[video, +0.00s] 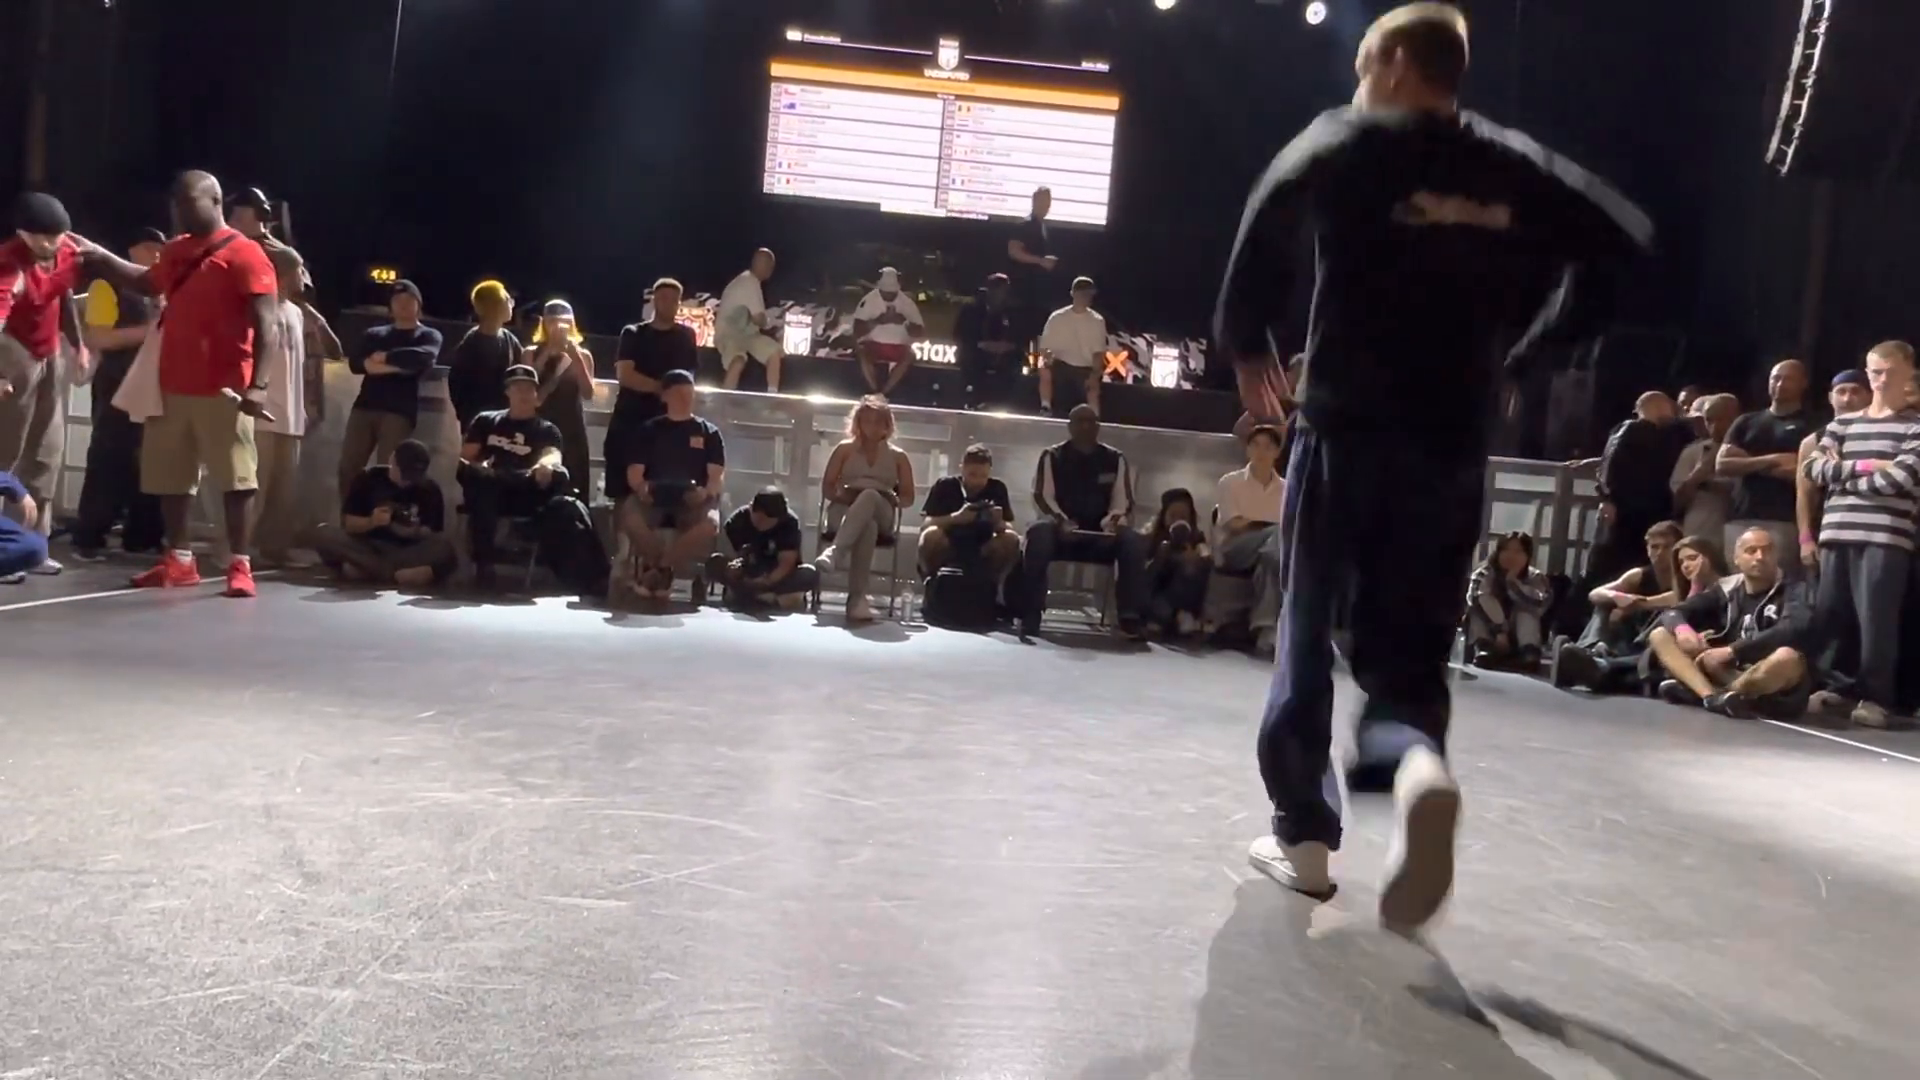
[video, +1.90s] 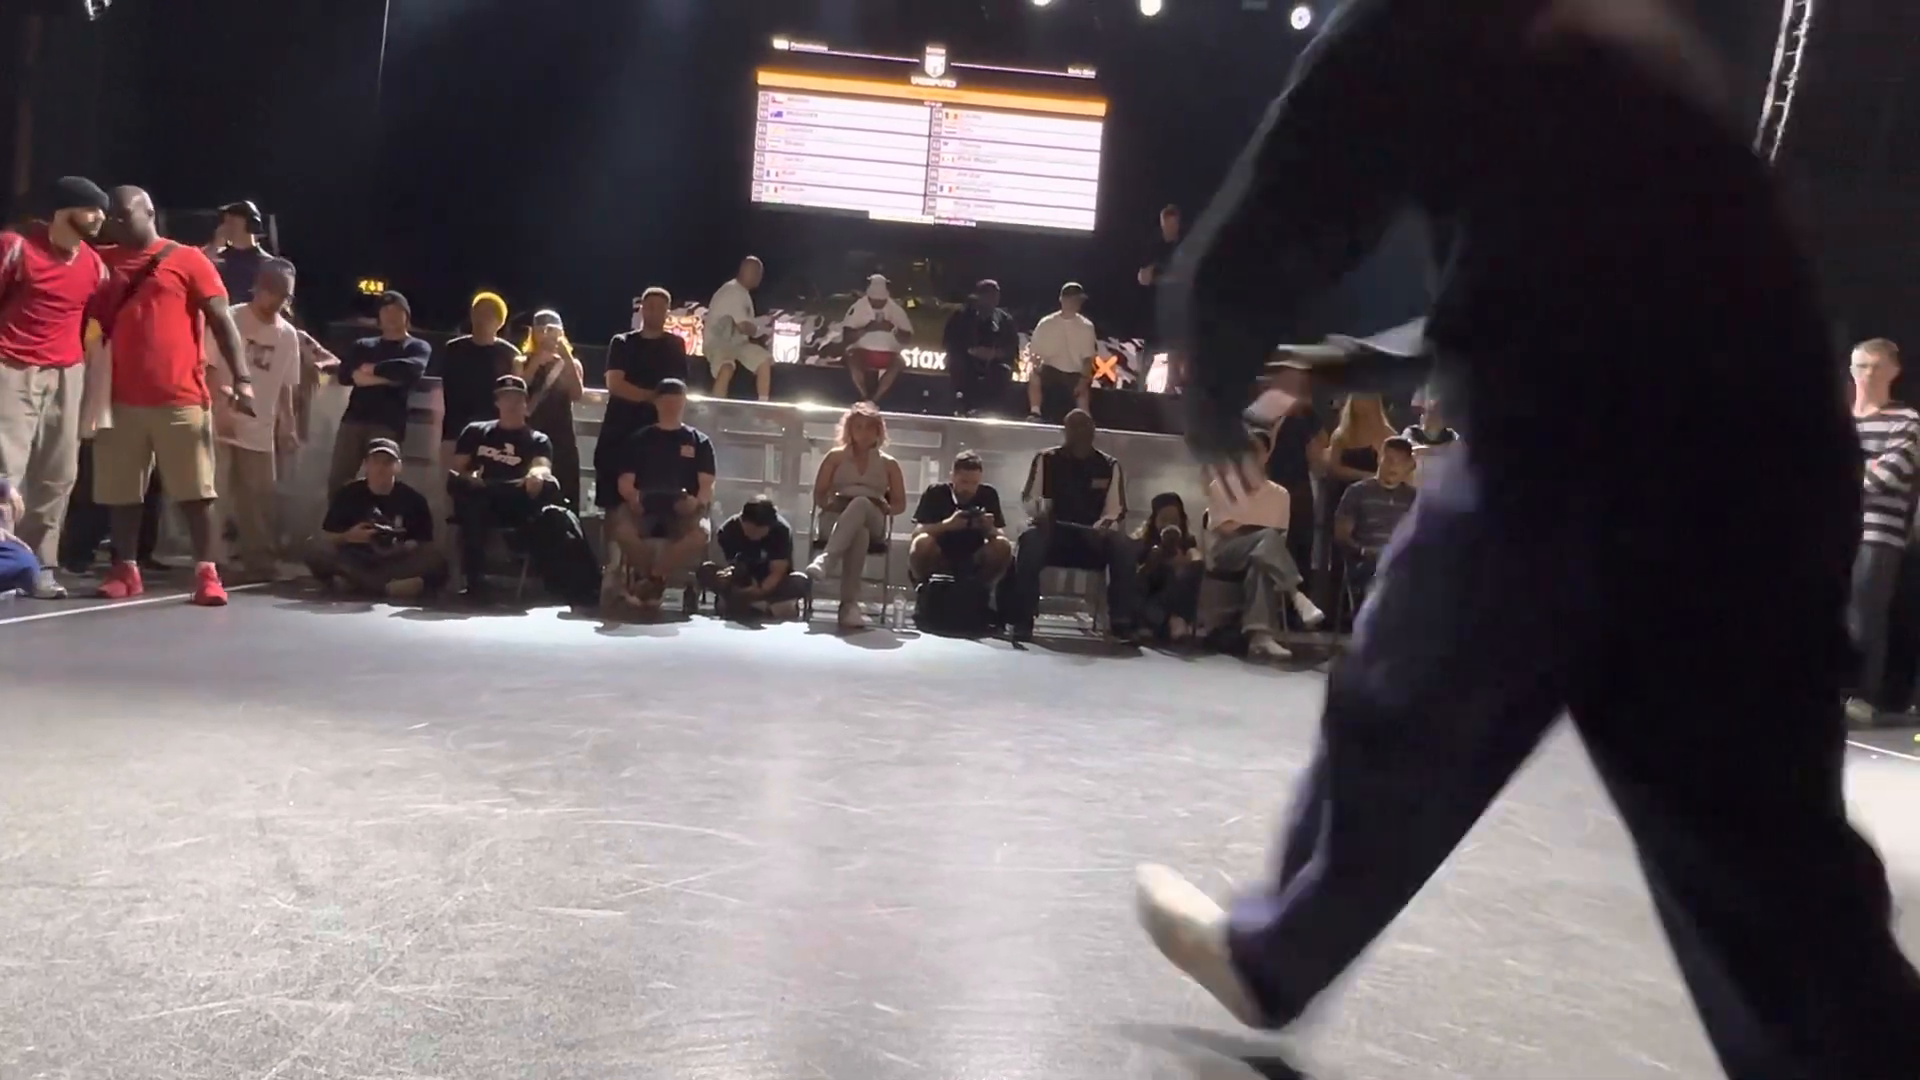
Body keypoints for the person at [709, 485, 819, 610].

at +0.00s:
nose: (758, 522)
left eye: (765, 520)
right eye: (757, 517)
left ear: (777, 518)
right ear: (752, 509)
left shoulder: (789, 523)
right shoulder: (735, 523)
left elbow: (787, 563)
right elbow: (741, 556)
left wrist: (767, 580)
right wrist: (735, 566)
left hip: (778, 569)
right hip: (749, 569)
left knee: (810, 573)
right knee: (715, 563)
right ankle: (773, 600)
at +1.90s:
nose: (757, 535)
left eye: (761, 531)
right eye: (753, 530)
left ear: (769, 525)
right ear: (744, 521)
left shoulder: (781, 530)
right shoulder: (726, 532)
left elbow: (778, 571)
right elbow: (731, 567)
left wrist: (759, 590)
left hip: (770, 577)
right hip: (741, 578)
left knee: (801, 581)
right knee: (705, 571)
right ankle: (765, 608)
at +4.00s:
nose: (751, 558)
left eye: (756, 555)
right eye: (747, 553)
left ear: (766, 550)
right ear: (740, 546)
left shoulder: (780, 556)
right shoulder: (725, 558)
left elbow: (776, 596)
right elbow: (736, 589)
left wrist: (759, 615)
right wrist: (728, 598)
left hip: (769, 601)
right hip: (742, 604)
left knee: (801, 604)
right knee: (705, 598)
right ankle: (767, 633)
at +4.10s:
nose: (752, 558)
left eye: (758, 553)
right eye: (748, 552)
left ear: (767, 547)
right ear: (741, 545)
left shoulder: (780, 553)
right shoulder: (725, 556)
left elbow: (777, 594)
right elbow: (736, 588)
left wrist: (760, 614)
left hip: (770, 599)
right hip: (742, 602)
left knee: (801, 602)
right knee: (706, 596)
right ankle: (768, 631)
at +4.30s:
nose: (755, 557)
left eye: (761, 553)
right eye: (751, 551)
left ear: (770, 547)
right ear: (744, 544)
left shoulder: (784, 554)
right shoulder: (729, 556)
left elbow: (780, 595)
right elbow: (739, 589)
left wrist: (763, 613)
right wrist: (732, 597)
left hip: (774, 599)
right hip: (745, 601)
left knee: (805, 602)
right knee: (709, 597)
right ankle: (770, 631)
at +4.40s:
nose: (754, 554)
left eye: (759, 550)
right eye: (750, 549)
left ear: (770, 546)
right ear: (745, 544)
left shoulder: (784, 554)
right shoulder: (731, 556)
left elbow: (781, 595)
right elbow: (739, 587)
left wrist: (764, 612)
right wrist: (732, 596)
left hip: (775, 599)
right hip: (747, 600)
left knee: (806, 602)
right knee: (711, 597)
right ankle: (772, 630)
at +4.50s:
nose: (758, 556)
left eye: (763, 552)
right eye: (754, 551)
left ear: (772, 547)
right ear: (746, 545)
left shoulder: (786, 554)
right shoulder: (732, 556)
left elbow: (783, 595)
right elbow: (740, 588)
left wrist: (766, 613)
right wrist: (734, 596)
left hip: (776, 600)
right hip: (747, 602)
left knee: (807, 602)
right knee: (712, 597)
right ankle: (772, 630)